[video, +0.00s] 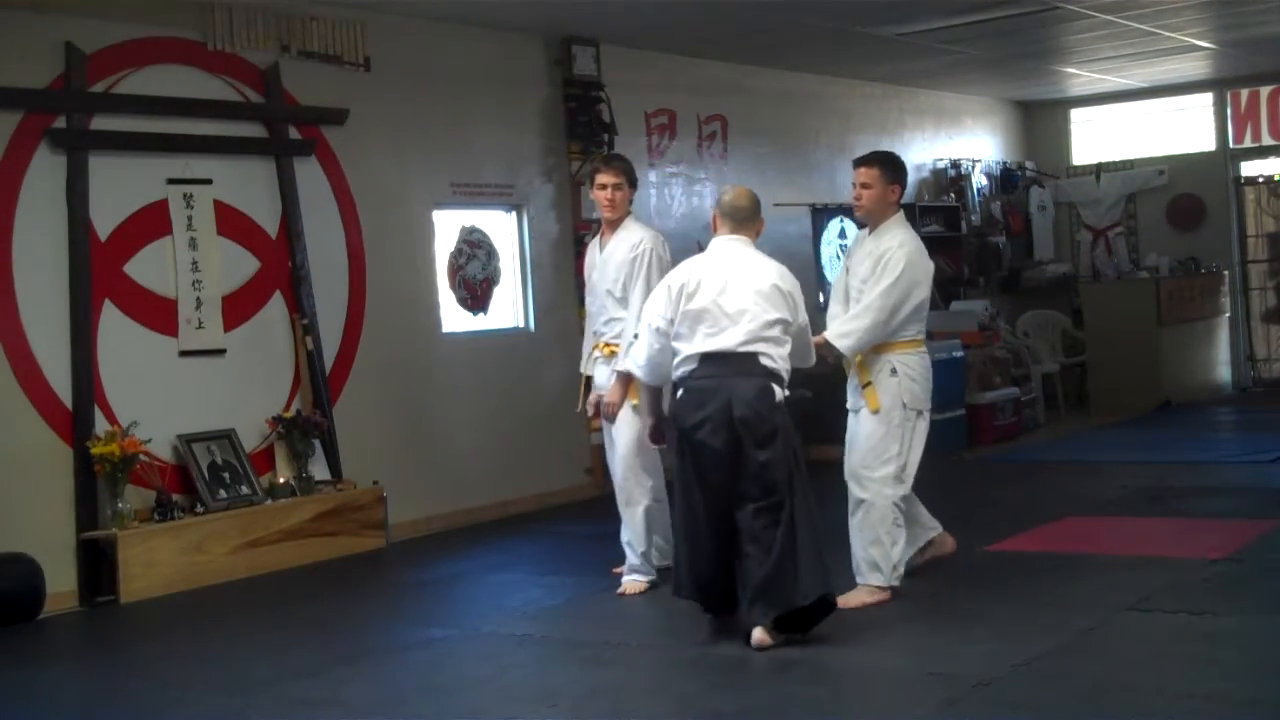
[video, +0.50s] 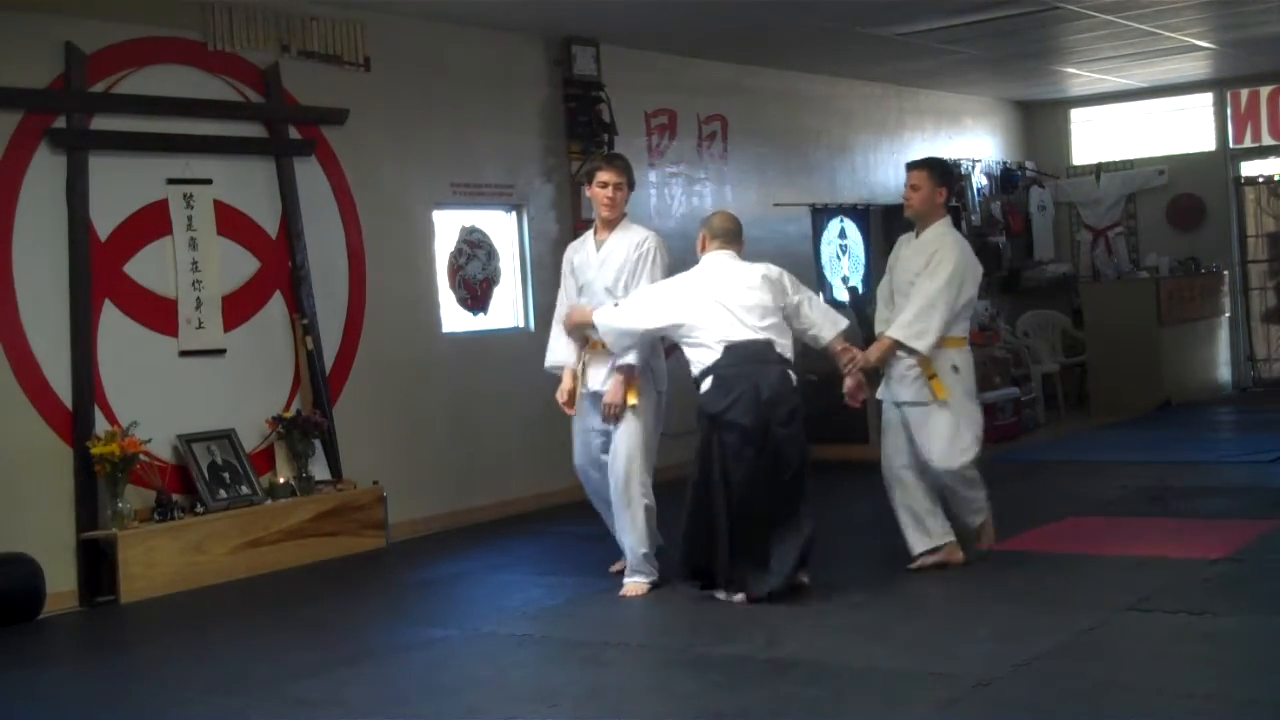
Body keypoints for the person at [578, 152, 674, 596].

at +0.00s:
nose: (608, 195)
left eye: (617, 187)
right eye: (601, 187)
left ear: (632, 193)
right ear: (591, 193)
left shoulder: (646, 243)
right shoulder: (595, 245)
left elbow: (646, 322)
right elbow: (595, 319)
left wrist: (622, 383)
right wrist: (591, 381)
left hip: (634, 369)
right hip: (604, 368)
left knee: (632, 470)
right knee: (627, 467)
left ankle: (642, 565)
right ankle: (655, 547)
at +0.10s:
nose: (610, 195)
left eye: (618, 188)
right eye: (602, 188)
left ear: (632, 193)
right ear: (591, 193)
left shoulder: (647, 244)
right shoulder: (592, 247)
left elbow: (646, 321)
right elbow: (590, 320)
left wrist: (624, 382)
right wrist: (586, 382)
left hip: (639, 363)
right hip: (604, 364)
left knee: (632, 466)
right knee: (623, 466)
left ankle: (641, 565)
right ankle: (656, 548)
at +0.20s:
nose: (611, 196)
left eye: (619, 188)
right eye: (603, 188)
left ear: (633, 194)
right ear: (592, 193)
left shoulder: (648, 244)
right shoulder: (589, 250)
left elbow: (651, 322)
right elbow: (583, 321)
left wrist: (625, 384)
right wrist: (581, 383)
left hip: (642, 368)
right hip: (602, 369)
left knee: (631, 464)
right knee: (619, 468)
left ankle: (641, 564)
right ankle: (655, 550)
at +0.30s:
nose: (614, 196)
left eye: (622, 189)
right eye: (606, 188)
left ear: (633, 194)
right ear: (593, 193)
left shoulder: (648, 245)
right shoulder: (584, 252)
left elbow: (651, 323)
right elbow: (576, 322)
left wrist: (623, 379)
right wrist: (574, 383)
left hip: (639, 368)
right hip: (599, 370)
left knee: (629, 463)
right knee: (616, 466)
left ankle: (640, 566)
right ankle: (652, 549)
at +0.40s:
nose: (613, 194)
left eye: (622, 187)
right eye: (605, 186)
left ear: (631, 193)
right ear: (591, 191)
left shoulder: (647, 244)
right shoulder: (579, 251)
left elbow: (647, 320)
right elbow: (568, 318)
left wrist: (625, 381)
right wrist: (568, 377)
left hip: (634, 373)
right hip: (594, 371)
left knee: (626, 467)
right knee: (608, 468)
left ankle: (638, 566)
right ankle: (647, 546)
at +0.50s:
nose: (610, 194)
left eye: (619, 187)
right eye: (602, 186)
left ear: (629, 193)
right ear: (589, 190)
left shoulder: (645, 243)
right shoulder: (575, 250)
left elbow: (646, 316)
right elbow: (567, 314)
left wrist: (623, 375)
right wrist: (569, 372)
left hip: (635, 370)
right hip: (590, 369)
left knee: (628, 467)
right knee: (588, 463)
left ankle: (640, 567)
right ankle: (632, 544)